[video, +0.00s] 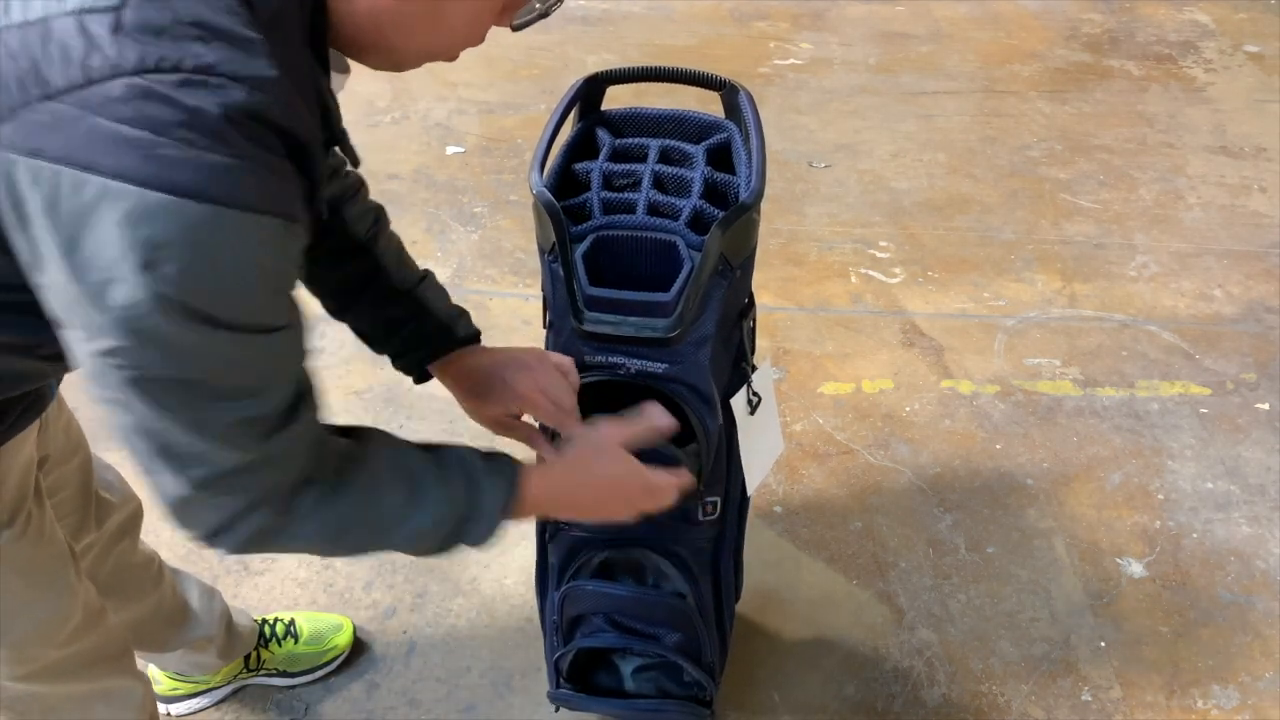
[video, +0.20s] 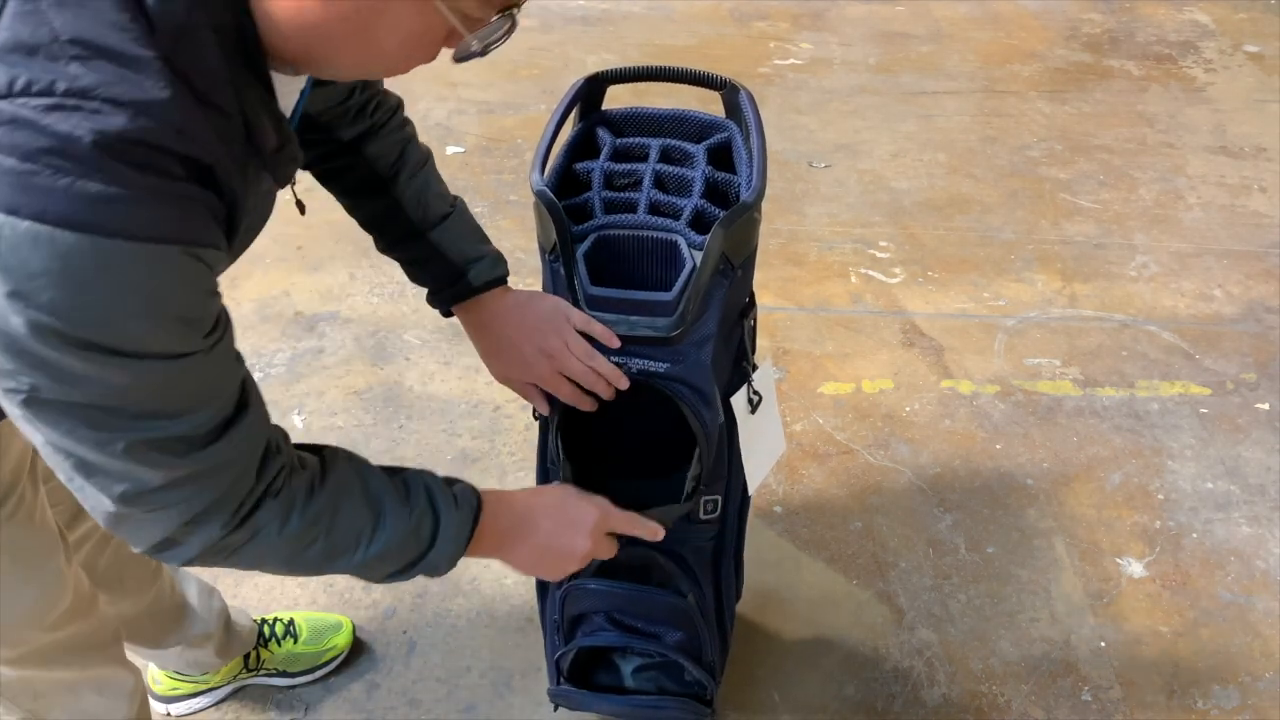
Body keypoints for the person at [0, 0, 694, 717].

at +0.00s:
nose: (483, 37)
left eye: (507, 20)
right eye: (504, 13)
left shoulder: (237, 14)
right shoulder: (164, 128)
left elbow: (316, 195)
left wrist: (461, 360)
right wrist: (537, 487)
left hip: (20, 392)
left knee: (94, 532)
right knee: (69, 666)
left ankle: (202, 654)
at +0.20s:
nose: (445, 56)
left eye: (468, 39)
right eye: (461, 31)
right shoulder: (82, 168)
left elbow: (343, 115)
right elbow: (212, 503)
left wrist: (481, 294)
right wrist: (488, 524)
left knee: (80, 517)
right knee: (59, 644)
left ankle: (202, 653)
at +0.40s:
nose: (421, 90)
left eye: (443, 69)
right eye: (423, 65)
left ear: (264, 4)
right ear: (264, 13)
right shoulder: (41, 208)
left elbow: (344, 119)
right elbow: (218, 486)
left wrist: (482, 294)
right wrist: (486, 523)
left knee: (84, 514)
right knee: (39, 623)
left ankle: (200, 654)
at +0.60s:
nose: (412, 91)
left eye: (427, 64)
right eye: (398, 66)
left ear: (203, 7)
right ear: (208, 11)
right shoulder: (24, 245)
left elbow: (405, 201)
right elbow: (187, 495)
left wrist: (570, 402)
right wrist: (475, 535)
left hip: (47, 351)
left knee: (97, 517)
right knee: (35, 614)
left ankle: (200, 653)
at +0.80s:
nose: (391, 110)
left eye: (407, 83)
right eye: (376, 84)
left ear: (181, 17)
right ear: (184, 22)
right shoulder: (18, 257)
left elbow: (401, 204)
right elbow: (175, 498)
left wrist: (565, 407)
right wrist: (465, 523)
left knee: (97, 519)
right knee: (34, 622)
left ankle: (199, 653)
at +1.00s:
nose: (383, 63)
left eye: (398, 41)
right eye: (386, 41)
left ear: (206, 2)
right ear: (211, 3)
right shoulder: (25, 257)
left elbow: (226, 145)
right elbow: (191, 485)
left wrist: (369, 316)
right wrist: (480, 506)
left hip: (45, 363)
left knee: (94, 520)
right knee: (38, 620)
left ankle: (198, 653)